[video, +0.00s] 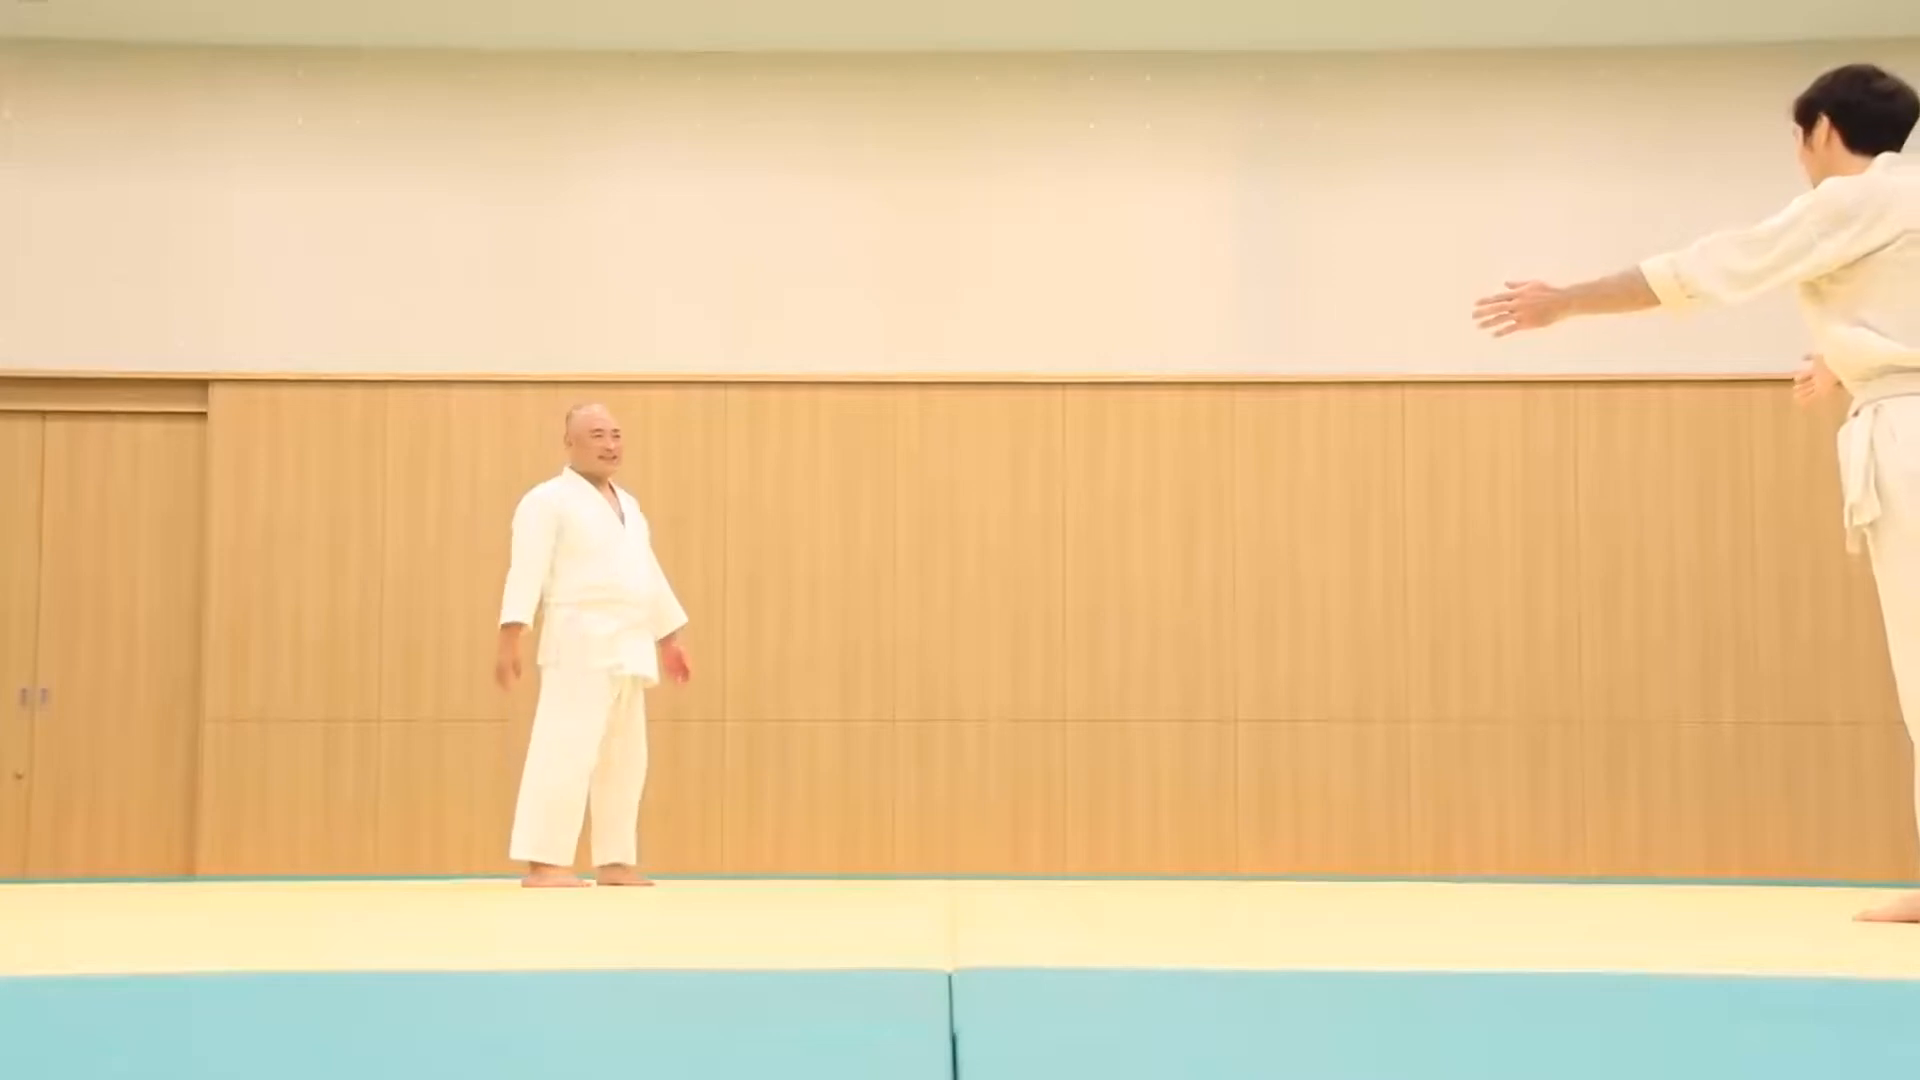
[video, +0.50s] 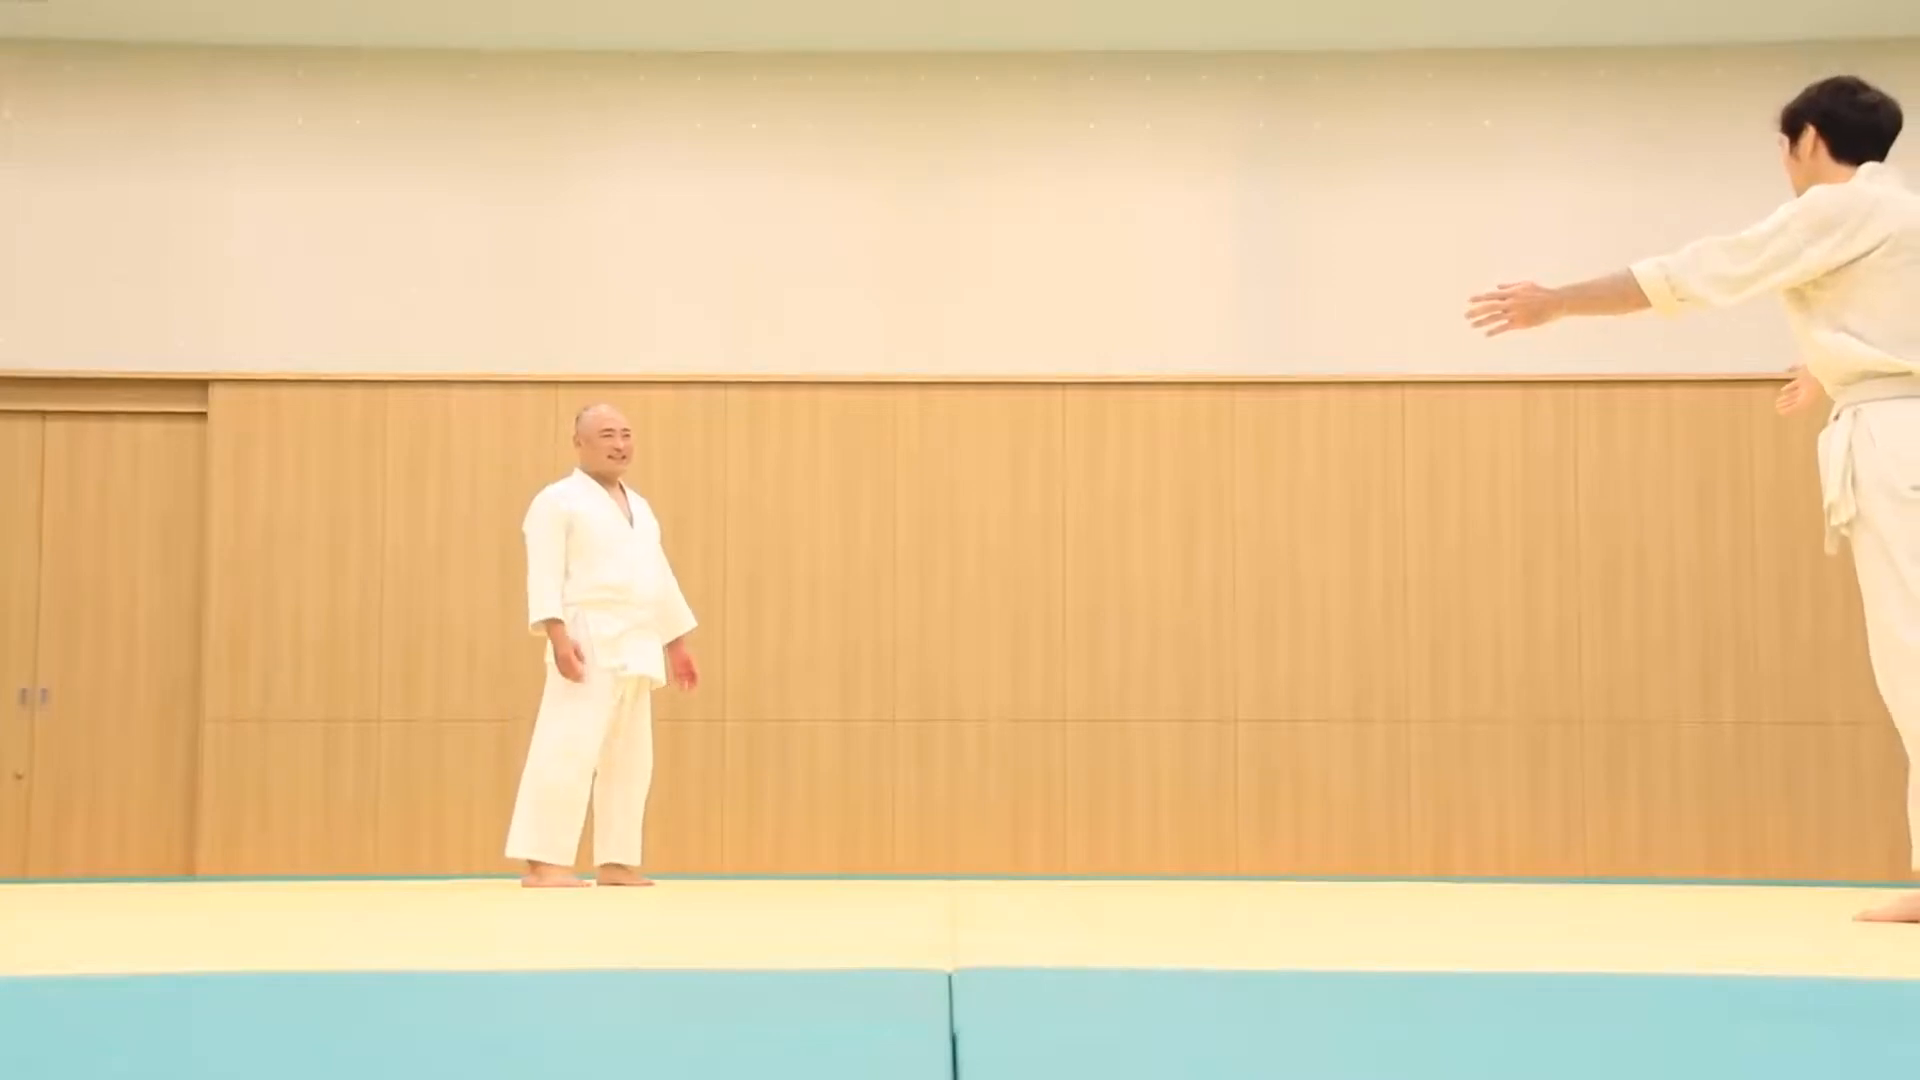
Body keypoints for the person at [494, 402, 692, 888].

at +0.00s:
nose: (610, 443)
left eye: (615, 435)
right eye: (597, 435)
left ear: (622, 443)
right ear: (569, 444)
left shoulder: (627, 505)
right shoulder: (546, 501)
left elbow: (649, 575)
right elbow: (526, 572)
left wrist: (669, 637)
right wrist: (511, 638)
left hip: (630, 651)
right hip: (576, 650)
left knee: (624, 756)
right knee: (565, 752)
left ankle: (615, 862)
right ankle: (546, 865)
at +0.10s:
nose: (613, 443)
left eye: (619, 435)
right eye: (600, 435)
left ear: (626, 443)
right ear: (572, 442)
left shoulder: (630, 505)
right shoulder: (549, 500)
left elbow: (650, 577)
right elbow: (524, 570)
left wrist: (665, 643)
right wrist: (509, 637)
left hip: (631, 651)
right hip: (577, 650)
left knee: (626, 755)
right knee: (565, 752)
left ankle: (617, 863)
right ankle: (545, 865)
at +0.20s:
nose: (615, 443)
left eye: (621, 435)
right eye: (602, 434)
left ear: (629, 444)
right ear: (574, 442)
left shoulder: (633, 505)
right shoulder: (552, 500)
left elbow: (653, 579)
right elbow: (529, 571)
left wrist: (664, 646)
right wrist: (517, 640)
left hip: (633, 649)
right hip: (578, 648)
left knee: (627, 755)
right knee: (565, 751)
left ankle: (617, 863)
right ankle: (545, 864)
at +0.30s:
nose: (617, 443)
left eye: (623, 435)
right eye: (603, 434)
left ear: (630, 444)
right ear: (575, 443)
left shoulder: (636, 505)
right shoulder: (553, 501)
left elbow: (656, 579)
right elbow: (536, 574)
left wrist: (667, 645)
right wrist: (535, 641)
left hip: (635, 648)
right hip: (579, 645)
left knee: (628, 755)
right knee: (566, 752)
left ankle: (616, 862)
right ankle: (544, 864)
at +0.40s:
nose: (618, 443)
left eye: (624, 435)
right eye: (605, 434)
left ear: (633, 444)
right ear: (577, 444)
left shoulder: (637, 505)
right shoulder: (555, 501)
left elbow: (657, 579)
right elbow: (540, 574)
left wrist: (670, 644)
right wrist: (550, 636)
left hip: (636, 650)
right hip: (583, 647)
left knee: (628, 756)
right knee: (566, 753)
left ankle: (616, 862)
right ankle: (545, 863)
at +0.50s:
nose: (620, 443)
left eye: (626, 435)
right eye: (607, 435)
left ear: (633, 444)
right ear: (579, 445)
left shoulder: (638, 505)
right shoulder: (557, 501)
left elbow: (659, 578)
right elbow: (543, 575)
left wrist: (675, 642)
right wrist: (557, 635)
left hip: (637, 651)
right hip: (585, 647)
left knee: (628, 757)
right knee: (565, 753)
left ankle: (616, 862)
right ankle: (543, 863)